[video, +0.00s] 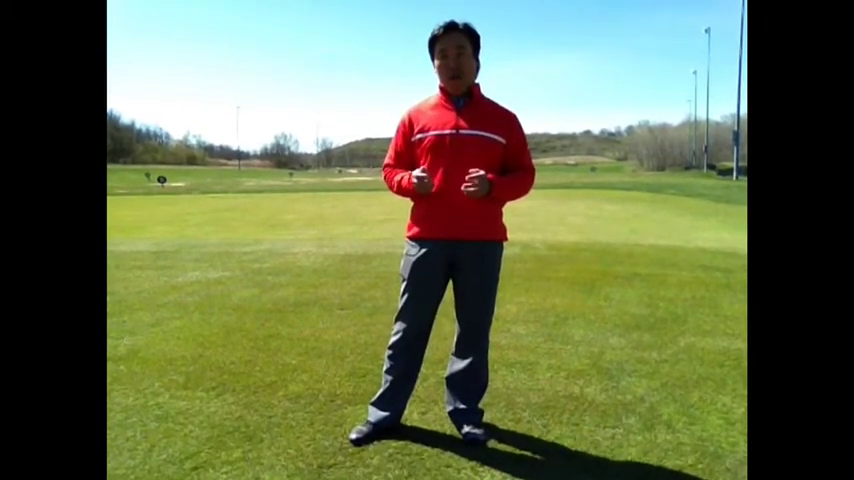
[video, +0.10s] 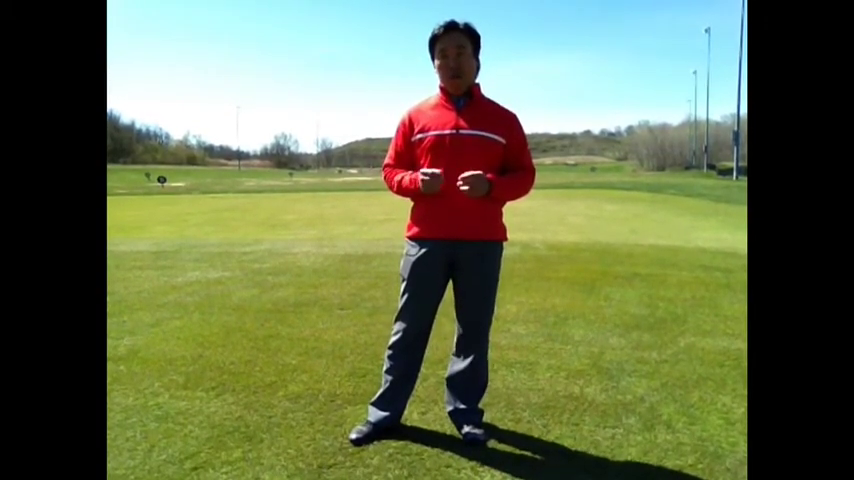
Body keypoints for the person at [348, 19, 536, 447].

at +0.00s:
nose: (451, 62)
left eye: (460, 53)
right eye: (443, 55)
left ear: (477, 59)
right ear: (432, 63)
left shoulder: (503, 120)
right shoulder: (416, 117)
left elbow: (525, 176)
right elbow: (391, 170)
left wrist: (494, 185)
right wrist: (408, 181)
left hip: (481, 244)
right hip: (427, 241)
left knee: (474, 335)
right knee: (407, 331)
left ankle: (468, 417)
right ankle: (383, 415)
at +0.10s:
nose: (452, 61)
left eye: (460, 52)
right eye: (443, 54)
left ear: (477, 59)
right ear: (433, 62)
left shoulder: (503, 120)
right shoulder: (416, 117)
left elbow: (525, 176)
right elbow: (391, 171)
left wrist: (492, 185)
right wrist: (413, 180)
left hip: (481, 244)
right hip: (426, 241)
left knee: (474, 335)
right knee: (407, 331)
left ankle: (468, 417)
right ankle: (383, 415)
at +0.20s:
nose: (451, 61)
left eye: (460, 52)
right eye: (443, 54)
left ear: (477, 59)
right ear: (433, 62)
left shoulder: (504, 120)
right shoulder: (415, 117)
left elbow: (525, 176)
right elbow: (391, 172)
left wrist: (489, 184)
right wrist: (421, 180)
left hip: (481, 244)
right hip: (426, 241)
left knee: (474, 335)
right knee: (407, 330)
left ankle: (468, 416)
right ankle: (383, 415)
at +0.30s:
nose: (452, 61)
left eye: (461, 52)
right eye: (443, 54)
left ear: (478, 58)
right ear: (434, 62)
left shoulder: (505, 119)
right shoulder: (416, 116)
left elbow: (526, 176)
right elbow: (391, 171)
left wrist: (488, 184)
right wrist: (425, 180)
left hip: (482, 244)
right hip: (426, 240)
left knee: (473, 335)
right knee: (406, 330)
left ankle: (467, 416)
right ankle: (383, 414)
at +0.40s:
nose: (453, 61)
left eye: (462, 52)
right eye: (445, 54)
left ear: (479, 59)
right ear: (435, 62)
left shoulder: (506, 119)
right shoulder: (417, 116)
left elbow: (527, 176)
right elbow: (392, 171)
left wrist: (490, 185)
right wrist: (426, 181)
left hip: (483, 244)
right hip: (427, 240)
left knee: (474, 335)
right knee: (406, 330)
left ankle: (467, 415)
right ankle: (383, 415)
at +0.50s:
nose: (454, 61)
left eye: (463, 52)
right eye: (446, 54)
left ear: (480, 58)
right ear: (437, 61)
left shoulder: (506, 119)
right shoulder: (418, 115)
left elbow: (528, 175)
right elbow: (392, 170)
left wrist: (490, 186)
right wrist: (425, 182)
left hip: (483, 244)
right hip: (428, 240)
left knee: (474, 335)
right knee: (407, 329)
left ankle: (467, 415)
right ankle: (384, 414)